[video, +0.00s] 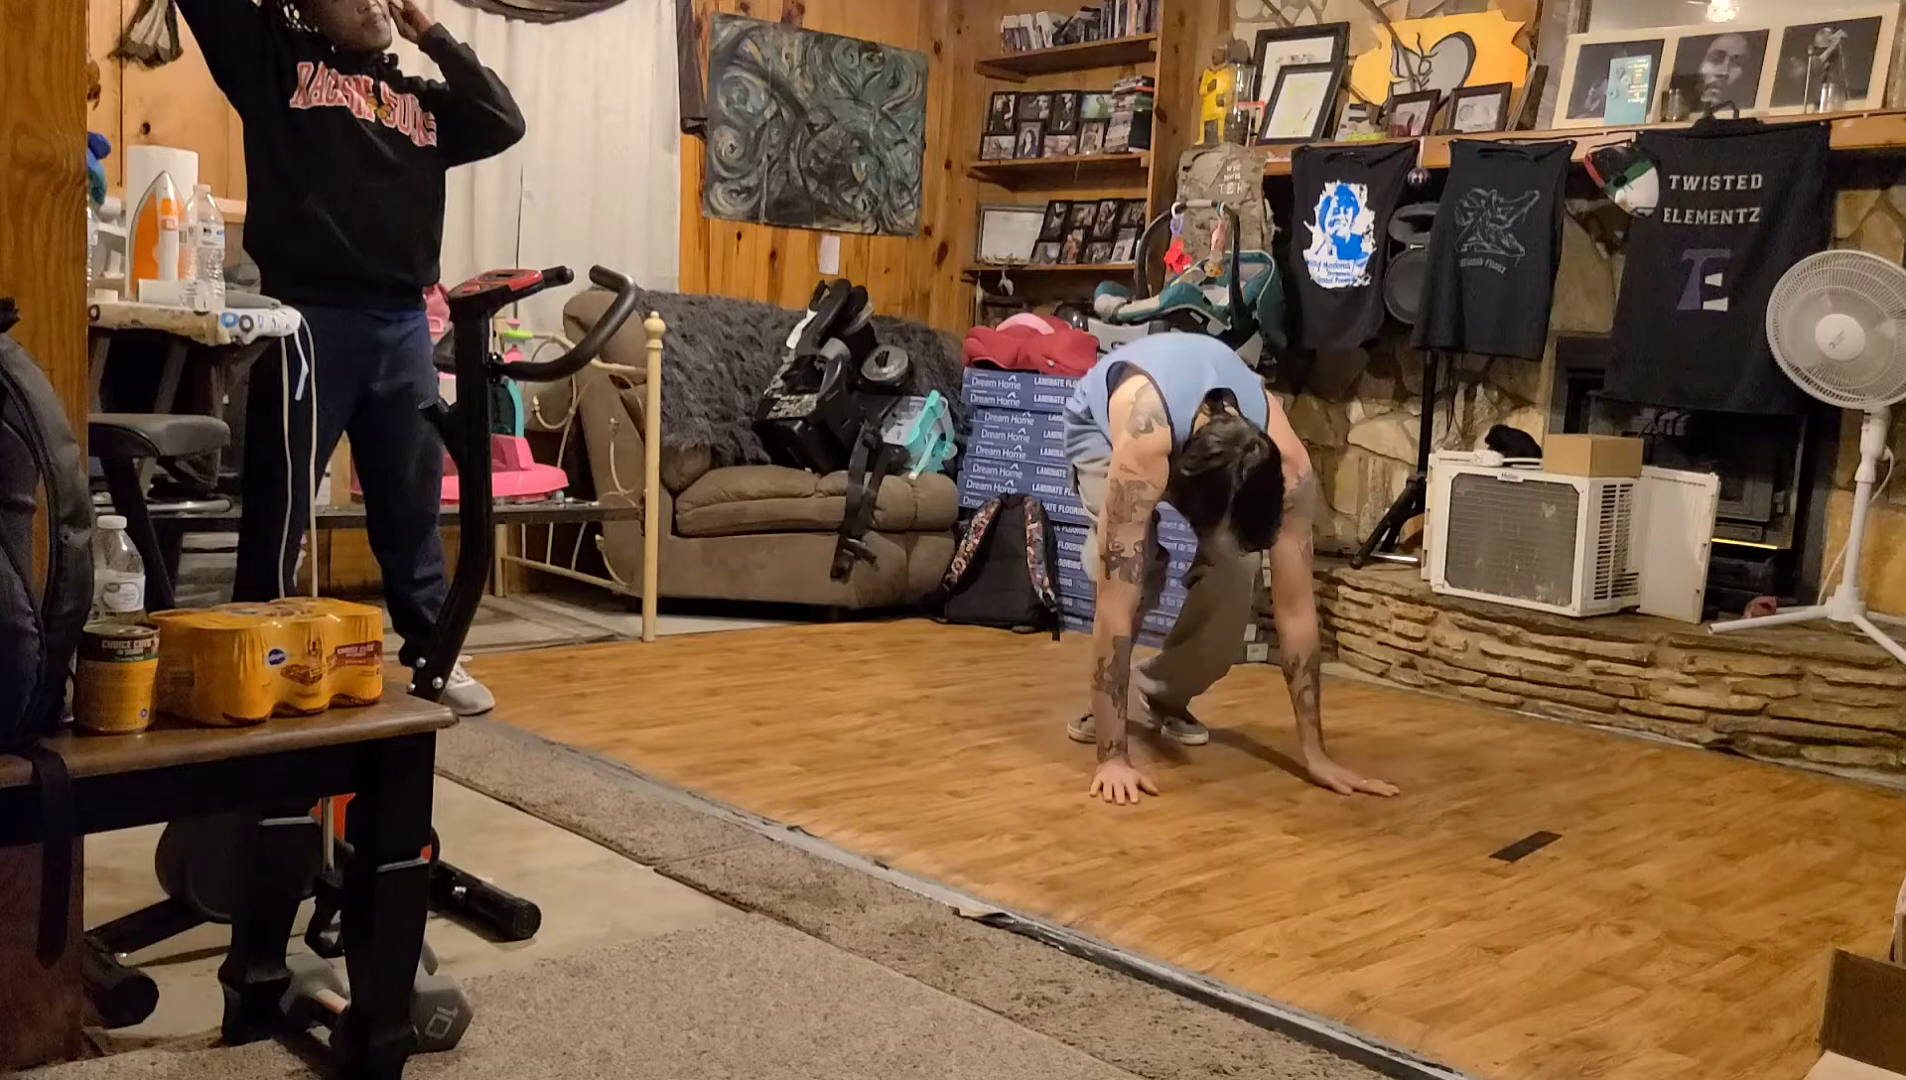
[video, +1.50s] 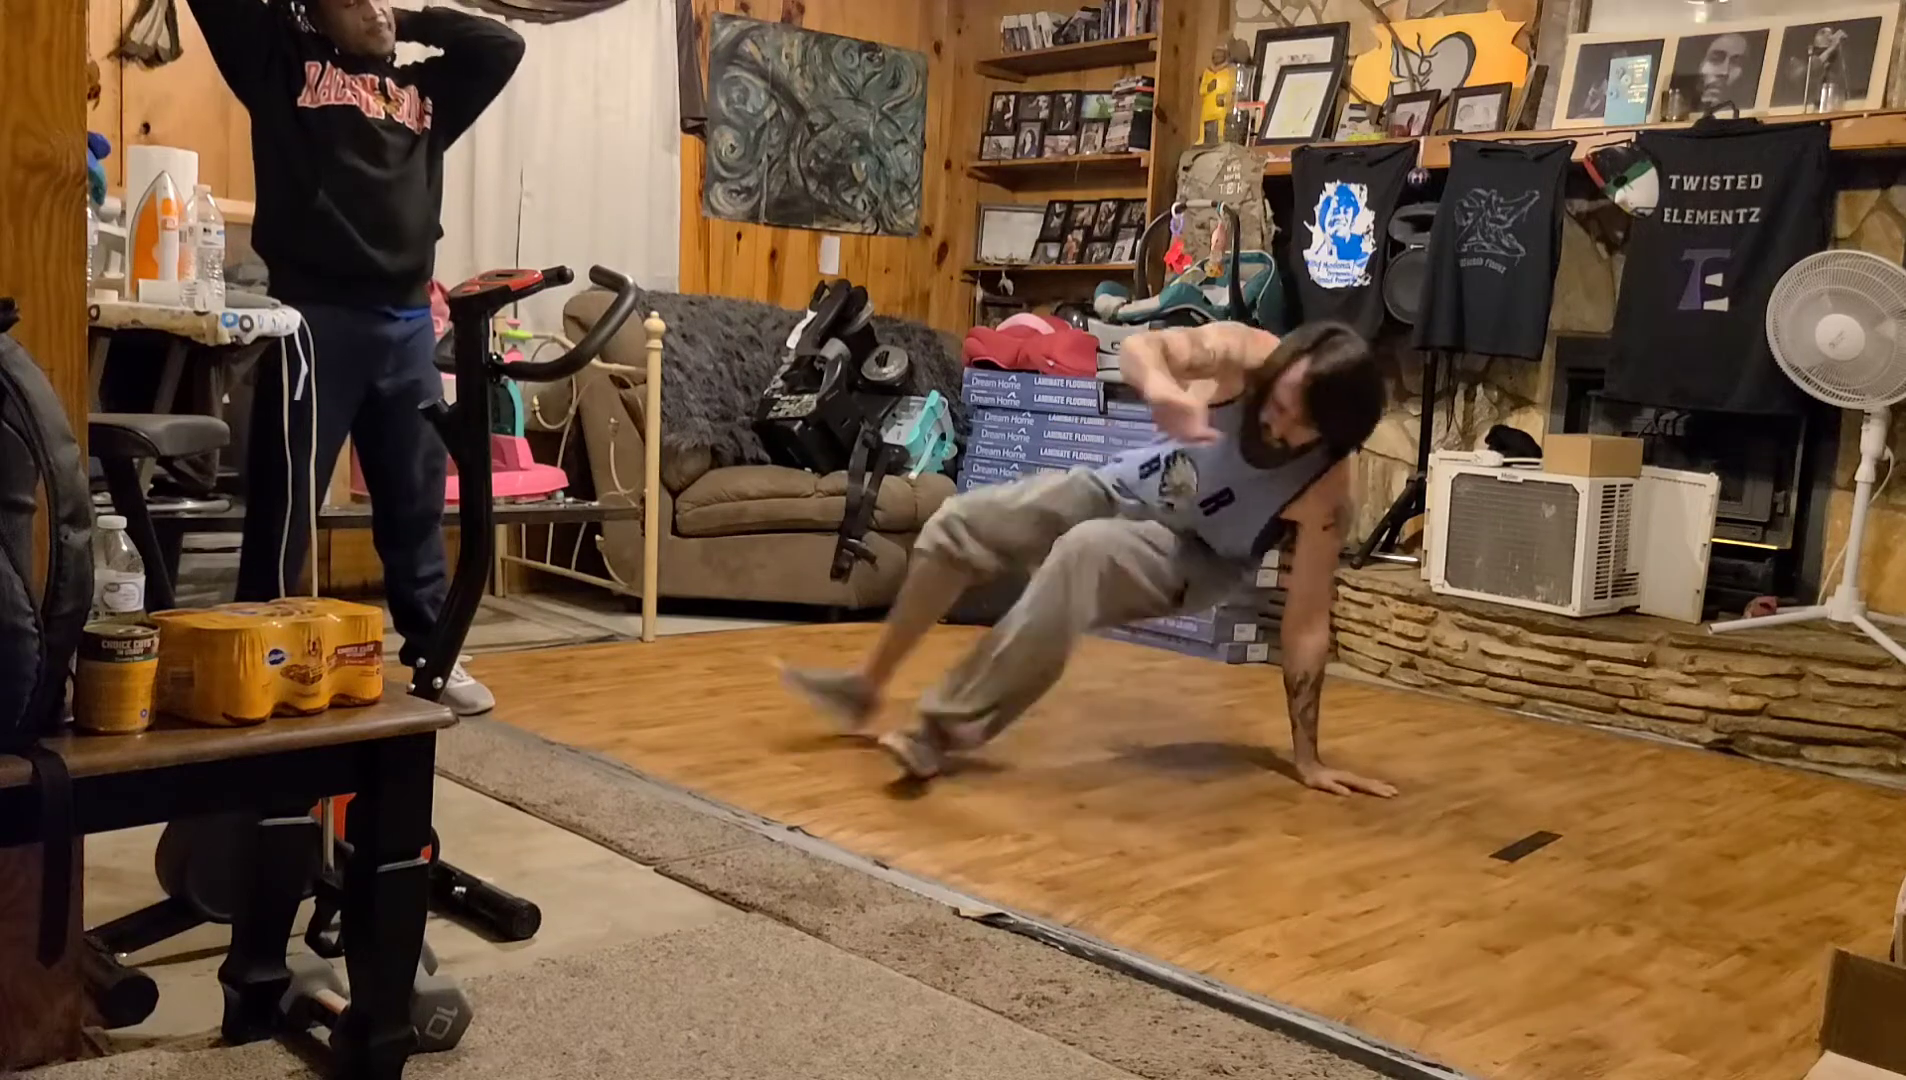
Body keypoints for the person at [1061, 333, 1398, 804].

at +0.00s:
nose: (1224, 538)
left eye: (1239, 533)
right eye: (1215, 526)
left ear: (1270, 481)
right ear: (1189, 480)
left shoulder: (1292, 467)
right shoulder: (1146, 441)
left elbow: (1296, 612)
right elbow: (1117, 603)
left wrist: (1314, 751)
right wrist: (1113, 751)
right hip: (1101, 418)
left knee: (1233, 565)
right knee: (1136, 570)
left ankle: (1164, 695)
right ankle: (1106, 716)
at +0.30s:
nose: (1272, 545)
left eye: (1286, 542)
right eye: (1268, 538)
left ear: (1324, 494)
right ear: (1241, 493)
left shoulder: (1323, 460)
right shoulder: (1180, 450)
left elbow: (1312, 619)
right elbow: (1081, 573)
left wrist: (1311, 758)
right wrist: (1101, 714)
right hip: (1131, 429)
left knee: (1239, 589)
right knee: (1148, 576)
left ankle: (1160, 692)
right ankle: (1106, 701)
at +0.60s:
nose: (1308, 550)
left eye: (1320, 544)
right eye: (1309, 541)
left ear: (1347, 485)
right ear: (1278, 492)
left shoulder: (1328, 473)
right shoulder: (1206, 425)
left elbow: (1308, 621)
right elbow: (1071, 422)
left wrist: (1311, 761)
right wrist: (1004, 525)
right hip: (1140, 352)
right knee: (1058, 539)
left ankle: (1276, 658)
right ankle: (907, 639)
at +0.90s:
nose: (1289, 532)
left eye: (1299, 524)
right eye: (1285, 519)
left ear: (1327, 481)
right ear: (1268, 483)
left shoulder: (1324, 473)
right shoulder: (1201, 405)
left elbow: (1310, 622)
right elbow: (1062, 424)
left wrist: (1311, 759)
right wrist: (1010, 547)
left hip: (1228, 439)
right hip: (1138, 377)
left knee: (1229, 609)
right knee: (1059, 520)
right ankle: (945, 642)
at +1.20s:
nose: (1234, 499)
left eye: (1254, 493)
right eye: (1226, 481)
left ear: (1284, 480)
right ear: (1217, 447)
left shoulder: (1306, 494)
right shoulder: (1173, 429)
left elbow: (1301, 628)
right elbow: (1064, 522)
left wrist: (1307, 760)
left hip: (1226, 569)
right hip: (1142, 538)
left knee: (1161, 627)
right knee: (1049, 570)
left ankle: (1129, 710)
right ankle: (1095, 693)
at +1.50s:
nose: (1277, 417)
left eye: (1298, 420)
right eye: (1280, 397)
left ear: (1329, 430)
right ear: (1282, 361)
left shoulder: (1323, 486)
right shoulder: (1248, 350)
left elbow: (1309, 624)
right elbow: (1141, 347)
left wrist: (1309, 760)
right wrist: (1170, 392)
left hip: (1196, 555)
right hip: (1138, 488)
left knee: (1085, 553)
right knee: (966, 522)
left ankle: (940, 737)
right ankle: (866, 690)